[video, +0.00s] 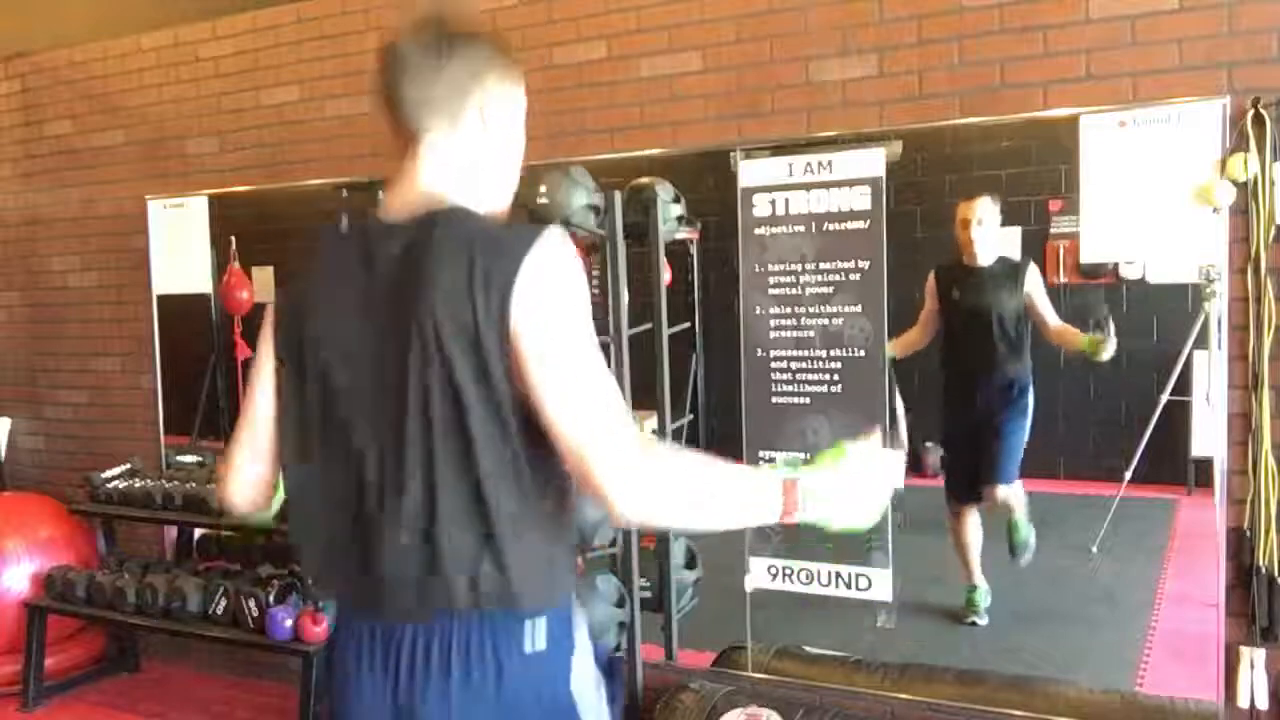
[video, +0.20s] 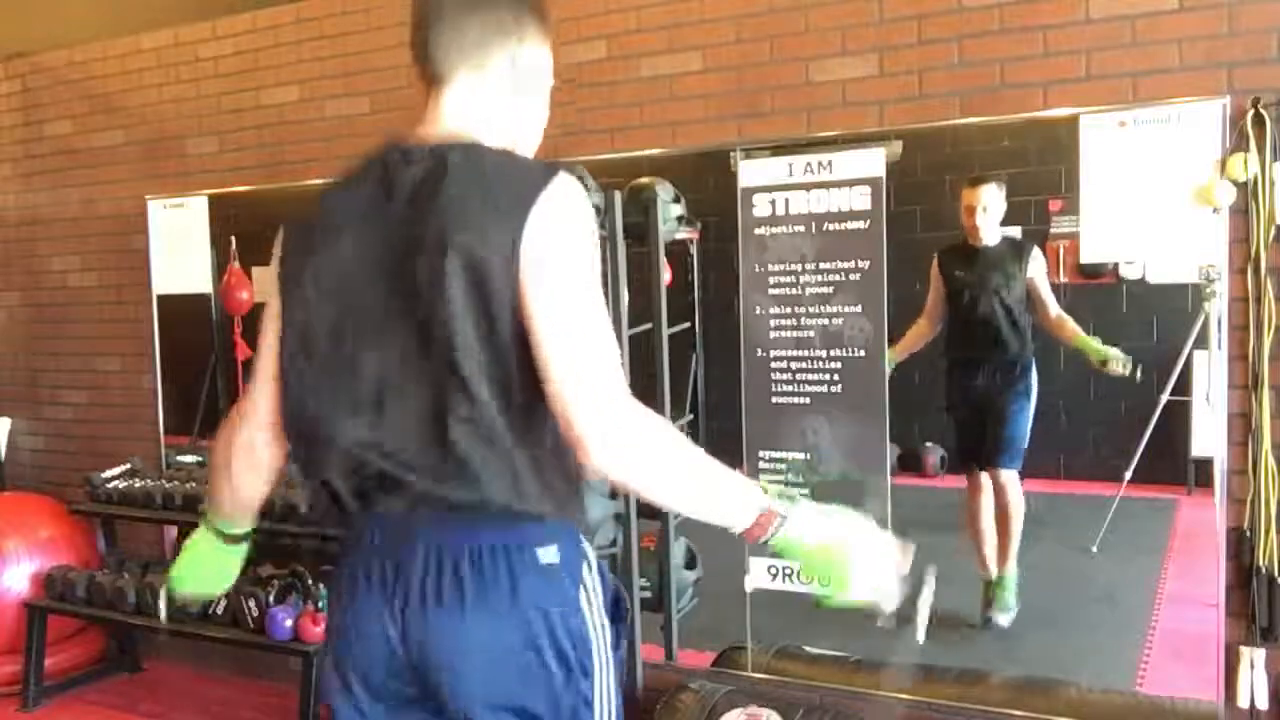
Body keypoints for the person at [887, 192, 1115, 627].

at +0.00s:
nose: (971, 232)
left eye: (980, 224)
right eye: (965, 224)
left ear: (997, 227)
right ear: (956, 229)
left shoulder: (1023, 275)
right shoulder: (941, 279)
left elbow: (1054, 328)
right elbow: (922, 332)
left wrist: (1089, 343)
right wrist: (883, 351)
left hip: (1010, 394)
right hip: (961, 395)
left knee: (996, 491)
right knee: (960, 502)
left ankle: (1018, 514)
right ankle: (977, 587)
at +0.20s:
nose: (975, 217)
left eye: (984, 209)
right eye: (969, 209)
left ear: (1001, 211)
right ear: (961, 211)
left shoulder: (1025, 256)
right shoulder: (946, 260)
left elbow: (1053, 317)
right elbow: (929, 321)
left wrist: (1095, 350)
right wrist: (889, 358)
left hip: (1014, 375)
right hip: (965, 375)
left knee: (1003, 471)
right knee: (976, 477)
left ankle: (1007, 576)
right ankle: (989, 580)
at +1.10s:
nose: (989, 236)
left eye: (998, 228)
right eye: (983, 227)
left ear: (1018, 232)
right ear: (974, 232)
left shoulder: (1039, 282)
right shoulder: (956, 281)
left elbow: (1063, 338)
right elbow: (937, 337)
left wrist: (1098, 348)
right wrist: (894, 350)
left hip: (1012, 399)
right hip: (962, 396)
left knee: (1000, 500)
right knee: (955, 498)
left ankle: (996, 591)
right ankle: (953, 596)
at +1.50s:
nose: (973, 233)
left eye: (983, 224)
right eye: (967, 225)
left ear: (1000, 229)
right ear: (958, 231)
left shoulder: (1026, 281)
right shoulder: (944, 284)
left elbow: (1052, 334)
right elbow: (931, 341)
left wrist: (1090, 344)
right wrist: (893, 354)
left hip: (1015, 398)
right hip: (964, 399)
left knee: (1006, 498)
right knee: (969, 502)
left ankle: (1013, 516)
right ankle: (980, 590)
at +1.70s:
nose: (975, 203)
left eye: (984, 195)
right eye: (969, 195)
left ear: (1001, 201)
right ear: (959, 202)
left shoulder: (1026, 250)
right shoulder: (946, 256)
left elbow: (1054, 313)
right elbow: (929, 319)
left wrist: (1095, 353)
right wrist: (894, 365)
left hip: (1019, 371)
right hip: (969, 373)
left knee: (1014, 469)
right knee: (979, 479)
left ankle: (1015, 556)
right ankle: (984, 576)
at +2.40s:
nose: (1000, 228)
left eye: (1008, 219)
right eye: (992, 220)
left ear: (1023, 225)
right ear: (980, 227)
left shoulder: (1044, 276)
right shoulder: (964, 275)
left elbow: (1072, 331)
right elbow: (944, 334)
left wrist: (1101, 350)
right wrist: (901, 351)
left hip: (1024, 398)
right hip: (974, 398)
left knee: (1018, 502)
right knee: (974, 503)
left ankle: (1013, 592)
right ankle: (991, 538)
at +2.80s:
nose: (991, 230)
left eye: (1001, 222)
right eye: (984, 221)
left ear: (1017, 228)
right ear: (974, 228)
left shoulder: (1038, 277)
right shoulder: (957, 277)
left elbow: (1065, 330)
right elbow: (940, 333)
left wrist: (1095, 349)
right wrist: (900, 347)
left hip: (1015, 400)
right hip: (966, 399)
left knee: (1006, 501)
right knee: (958, 498)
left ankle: (1003, 590)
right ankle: (963, 596)